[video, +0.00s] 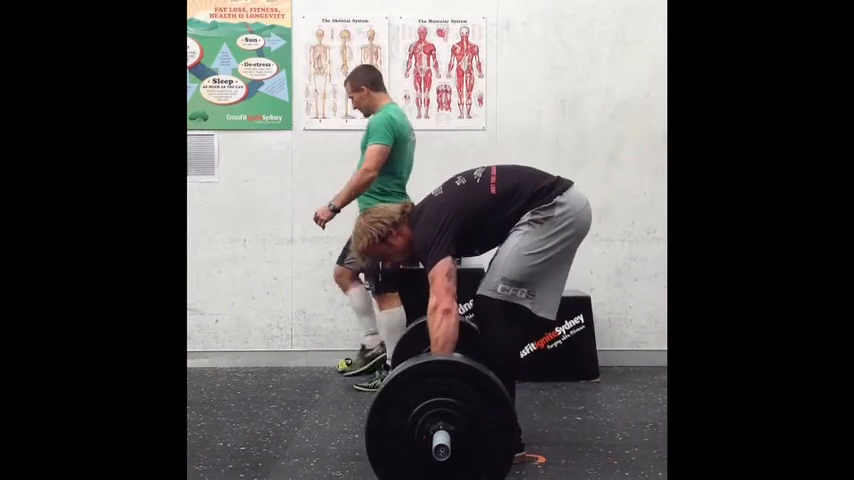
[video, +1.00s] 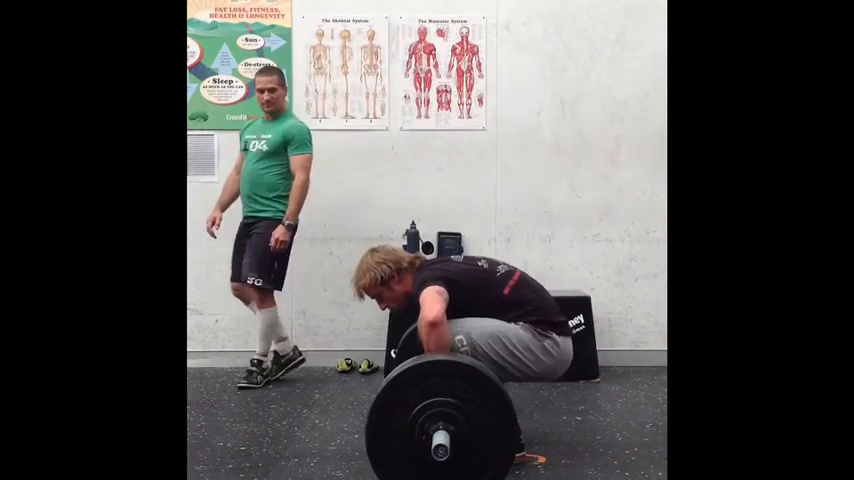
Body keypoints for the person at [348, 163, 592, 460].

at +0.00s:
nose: (392, 263)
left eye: (385, 257)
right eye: (384, 260)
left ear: (395, 234)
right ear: (395, 228)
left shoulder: (430, 226)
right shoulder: (428, 221)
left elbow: (443, 307)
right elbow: (442, 301)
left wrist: (436, 382)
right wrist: (437, 374)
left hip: (554, 209)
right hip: (555, 206)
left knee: (491, 311)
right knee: (493, 311)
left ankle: (499, 433)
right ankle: (497, 429)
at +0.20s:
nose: (387, 270)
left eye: (381, 262)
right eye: (380, 266)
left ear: (392, 240)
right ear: (394, 235)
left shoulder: (431, 233)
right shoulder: (427, 230)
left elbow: (444, 309)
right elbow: (434, 307)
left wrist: (435, 386)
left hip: (555, 230)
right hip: (553, 228)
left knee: (471, 316)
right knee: (471, 314)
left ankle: (502, 438)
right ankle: (496, 433)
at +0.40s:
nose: (381, 284)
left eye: (377, 276)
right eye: (375, 279)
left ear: (391, 256)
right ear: (392, 252)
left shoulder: (429, 253)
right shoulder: (427, 246)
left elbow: (440, 315)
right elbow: (441, 313)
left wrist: (436, 388)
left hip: (553, 276)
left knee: (457, 323)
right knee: (452, 328)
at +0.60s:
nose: (380, 305)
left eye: (376, 296)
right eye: (374, 299)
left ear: (391, 276)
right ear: (394, 273)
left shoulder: (428, 273)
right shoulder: (432, 266)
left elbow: (436, 319)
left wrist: (438, 388)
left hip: (546, 328)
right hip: (544, 324)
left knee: (446, 334)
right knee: (436, 333)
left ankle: (495, 436)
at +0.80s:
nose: (381, 315)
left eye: (378, 306)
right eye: (375, 309)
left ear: (394, 287)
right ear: (396, 283)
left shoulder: (428, 284)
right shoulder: (434, 277)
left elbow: (433, 320)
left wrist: (440, 389)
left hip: (542, 356)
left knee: (441, 343)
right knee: (430, 341)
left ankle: (502, 438)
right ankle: (503, 435)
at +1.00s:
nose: (383, 306)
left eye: (379, 297)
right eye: (377, 300)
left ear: (394, 279)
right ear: (397, 276)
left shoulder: (430, 275)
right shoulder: (436, 268)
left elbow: (433, 319)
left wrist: (438, 387)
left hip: (546, 343)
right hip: (545, 339)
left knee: (442, 339)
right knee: (438, 337)